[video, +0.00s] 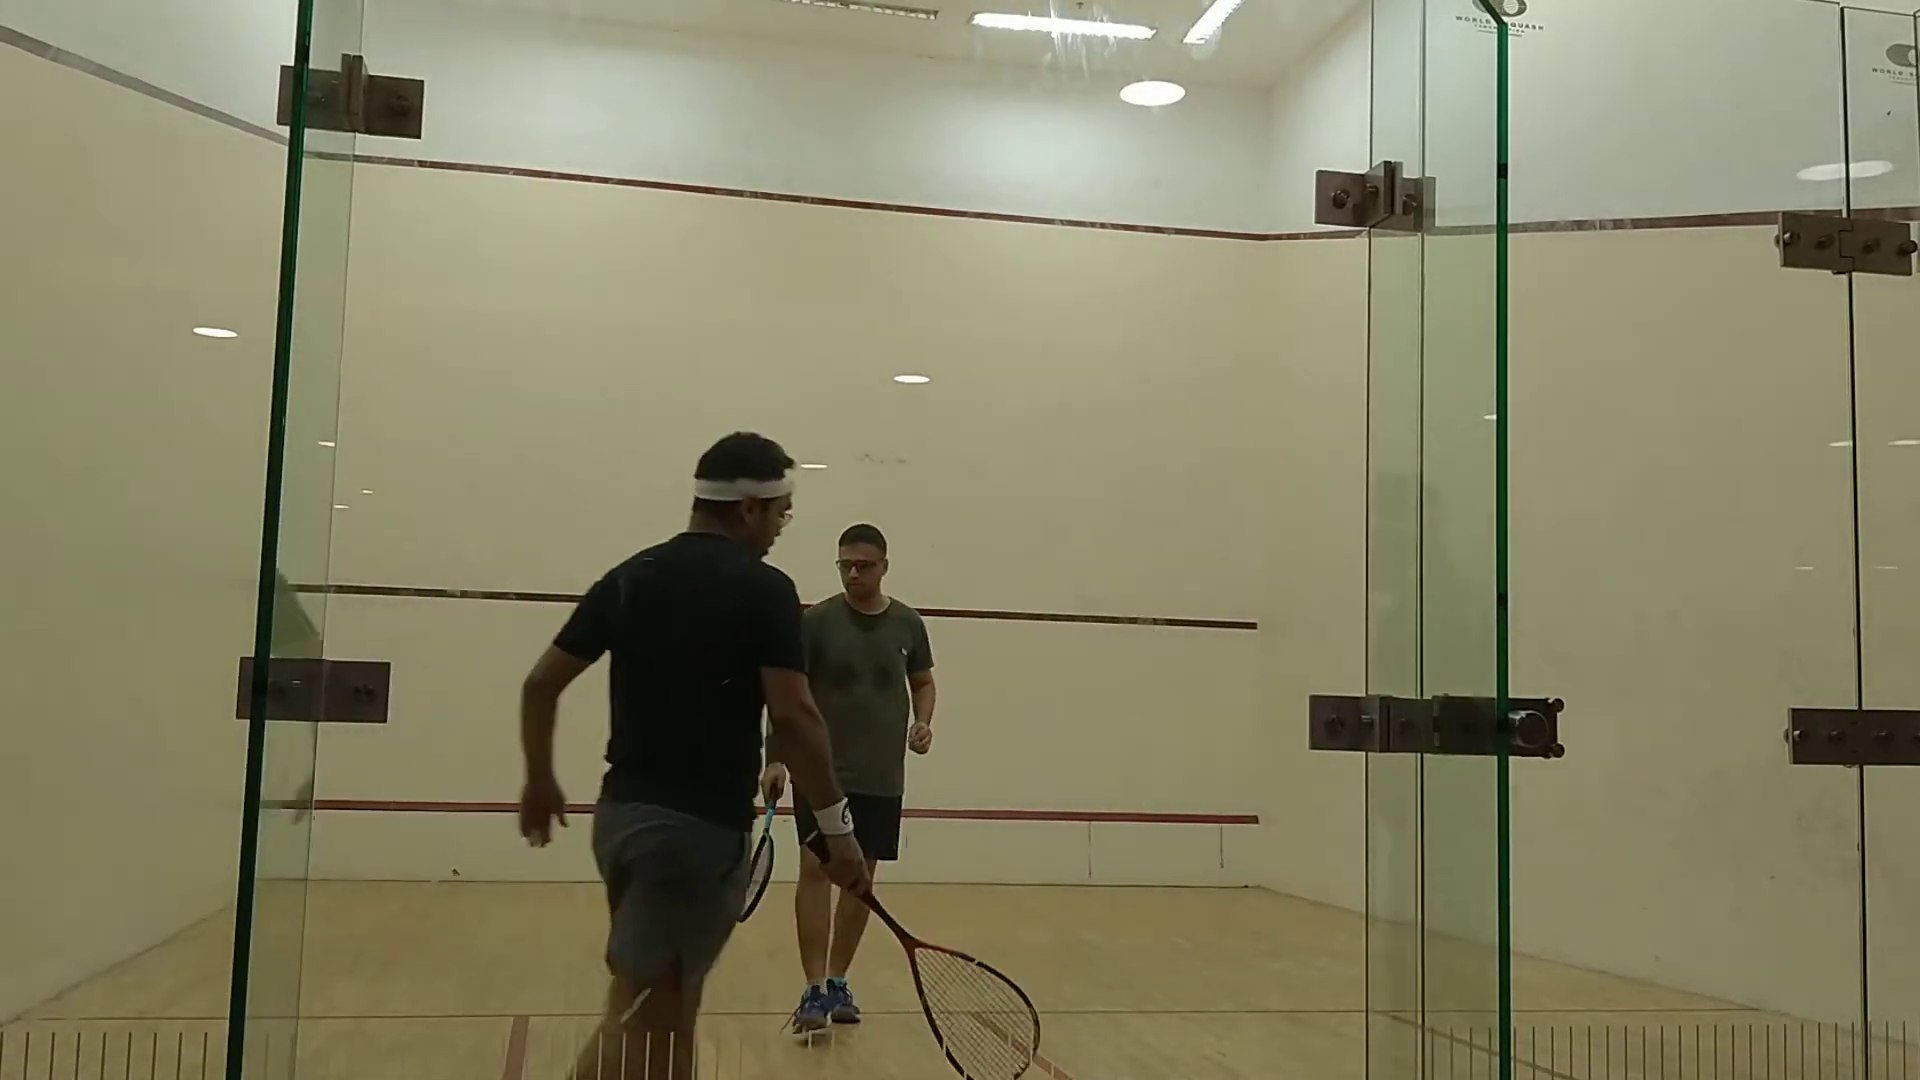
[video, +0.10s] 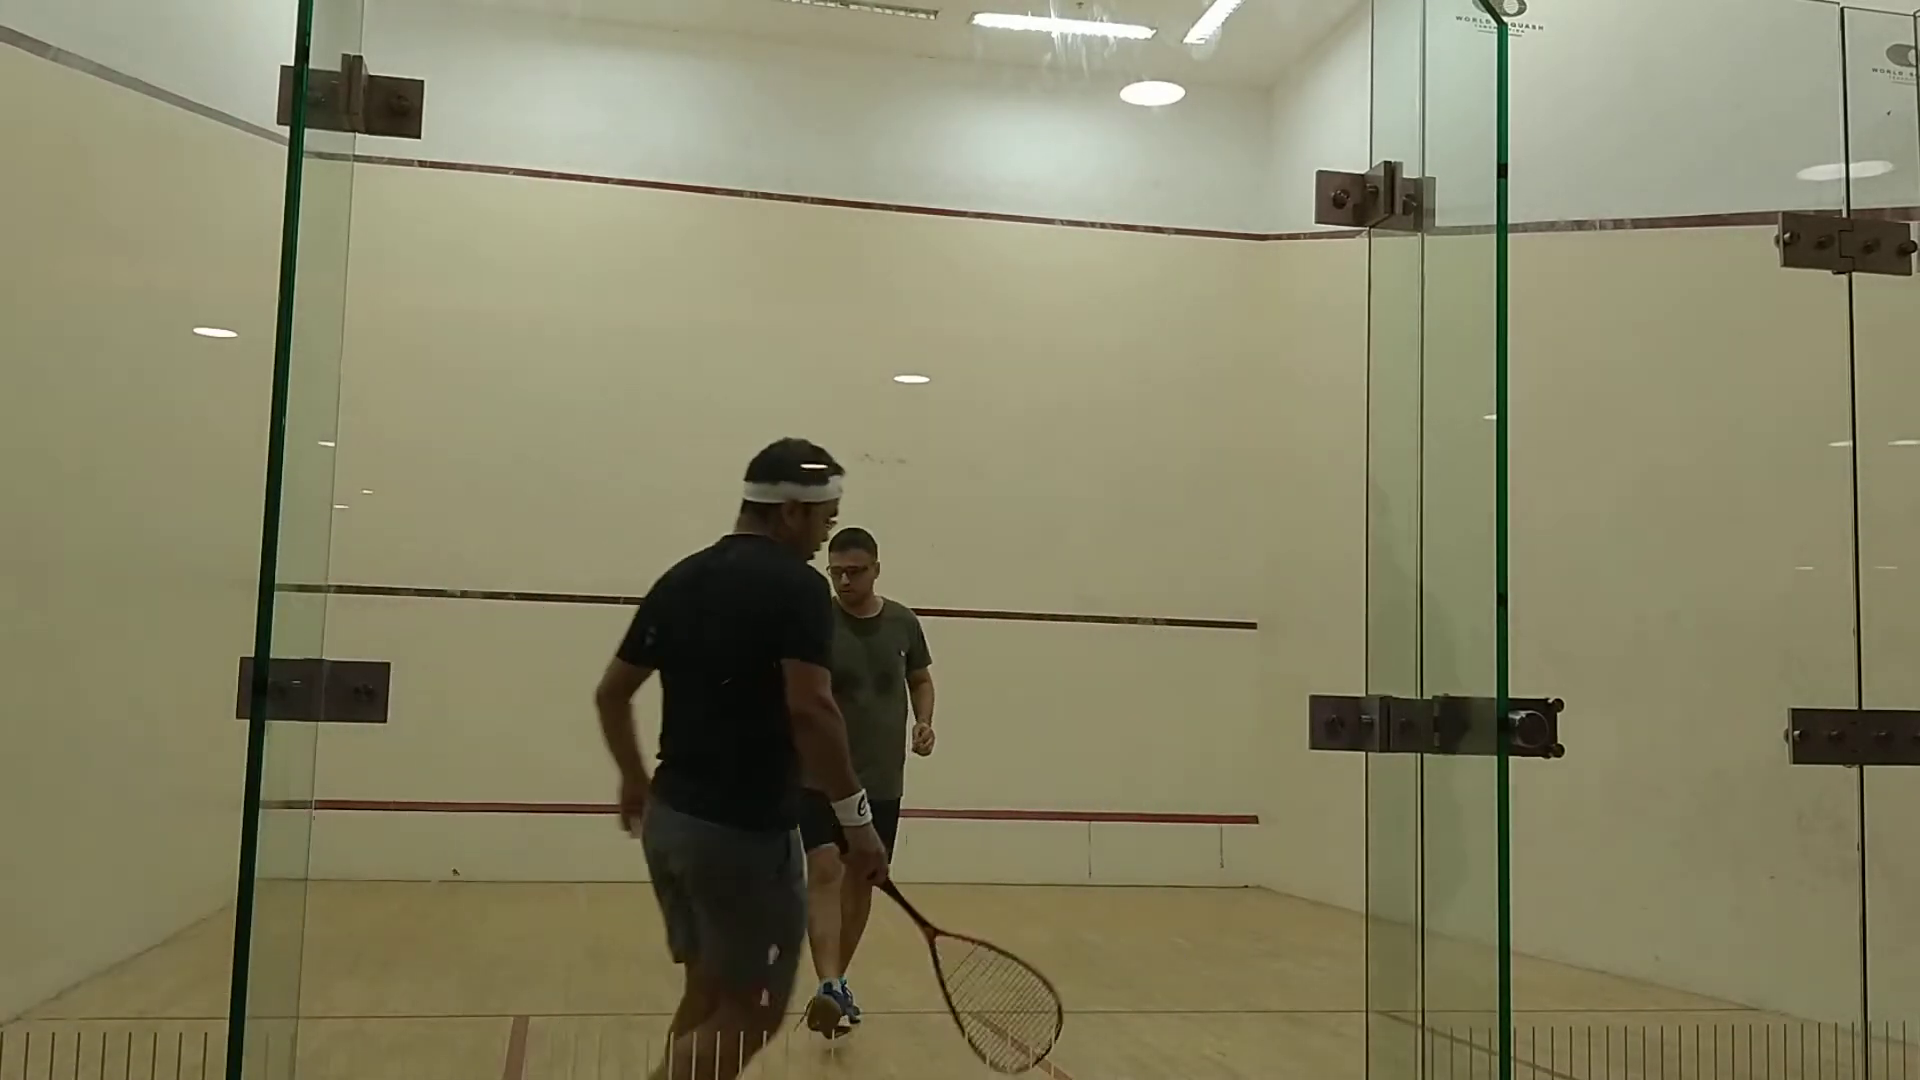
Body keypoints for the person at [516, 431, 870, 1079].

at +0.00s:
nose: (783, 525)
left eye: (785, 511)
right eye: (779, 509)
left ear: (708, 500)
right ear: (748, 507)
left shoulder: (631, 576)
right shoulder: (764, 588)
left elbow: (541, 683)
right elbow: (793, 717)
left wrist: (538, 778)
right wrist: (837, 832)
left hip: (621, 819)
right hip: (700, 832)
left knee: (668, 1013)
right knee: (636, 1016)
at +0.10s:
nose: (829, 528)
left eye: (831, 515)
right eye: (825, 514)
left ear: (758, 505)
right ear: (792, 511)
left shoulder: (686, 574)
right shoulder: (800, 586)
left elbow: (613, 691)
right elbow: (810, 707)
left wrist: (632, 775)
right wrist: (856, 820)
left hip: (671, 822)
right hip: (748, 838)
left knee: (706, 990)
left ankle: (670, 1078)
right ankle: (673, 1070)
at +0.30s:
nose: (936, 547)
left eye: (940, 532)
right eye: (932, 530)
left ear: (870, 517)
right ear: (890, 520)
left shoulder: (814, 570)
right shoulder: (862, 588)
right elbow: (852, 704)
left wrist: (890, 773)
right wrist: (936, 786)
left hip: (768, 812)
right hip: (832, 823)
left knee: (750, 977)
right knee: (925, 965)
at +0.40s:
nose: (991, 559)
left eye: (995, 545)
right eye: (988, 542)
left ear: (936, 528)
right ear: (946, 529)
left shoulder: (879, 586)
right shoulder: (910, 602)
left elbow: (900, 714)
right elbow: (896, 715)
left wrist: (959, 777)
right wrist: (990, 779)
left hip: (820, 822)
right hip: (883, 836)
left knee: (778, 984)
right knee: (959, 1002)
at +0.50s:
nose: (1055, 567)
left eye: (1059, 553)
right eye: (1051, 551)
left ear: (999, 539)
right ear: (1011, 542)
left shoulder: (943, 592)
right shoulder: (972, 609)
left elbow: (958, 715)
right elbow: (956, 720)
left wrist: (1033, 781)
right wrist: (1049, 779)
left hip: (890, 824)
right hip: (955, 837)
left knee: (851, 982)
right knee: (1016, 1001)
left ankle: (762, 1073)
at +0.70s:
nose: (1162, 568)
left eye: (1171, 556)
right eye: (1165, 551)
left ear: (1117, 527)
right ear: (1132, 528)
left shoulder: (1051, 573)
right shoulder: (1089, 587)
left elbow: (1069, 700)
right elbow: (1087, 698)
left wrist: (1150, 749)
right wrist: (1168, 748)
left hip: (1026, 810)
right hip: (1069, 819)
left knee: (1074, 963)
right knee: (1089, 978)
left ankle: (975, 1069)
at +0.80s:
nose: (1211, 573)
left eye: (1219, 560)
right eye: (1214, 556)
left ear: (1168, 527)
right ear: (1186, 532)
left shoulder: (1096, 577)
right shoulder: (1145, 590)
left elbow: (1116, 703)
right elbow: (1153, 699)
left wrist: (1200, 718)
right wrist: (1220, 739)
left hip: (1086, 806)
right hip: (1121, 818)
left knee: (1170, 948)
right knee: (1106, 982)